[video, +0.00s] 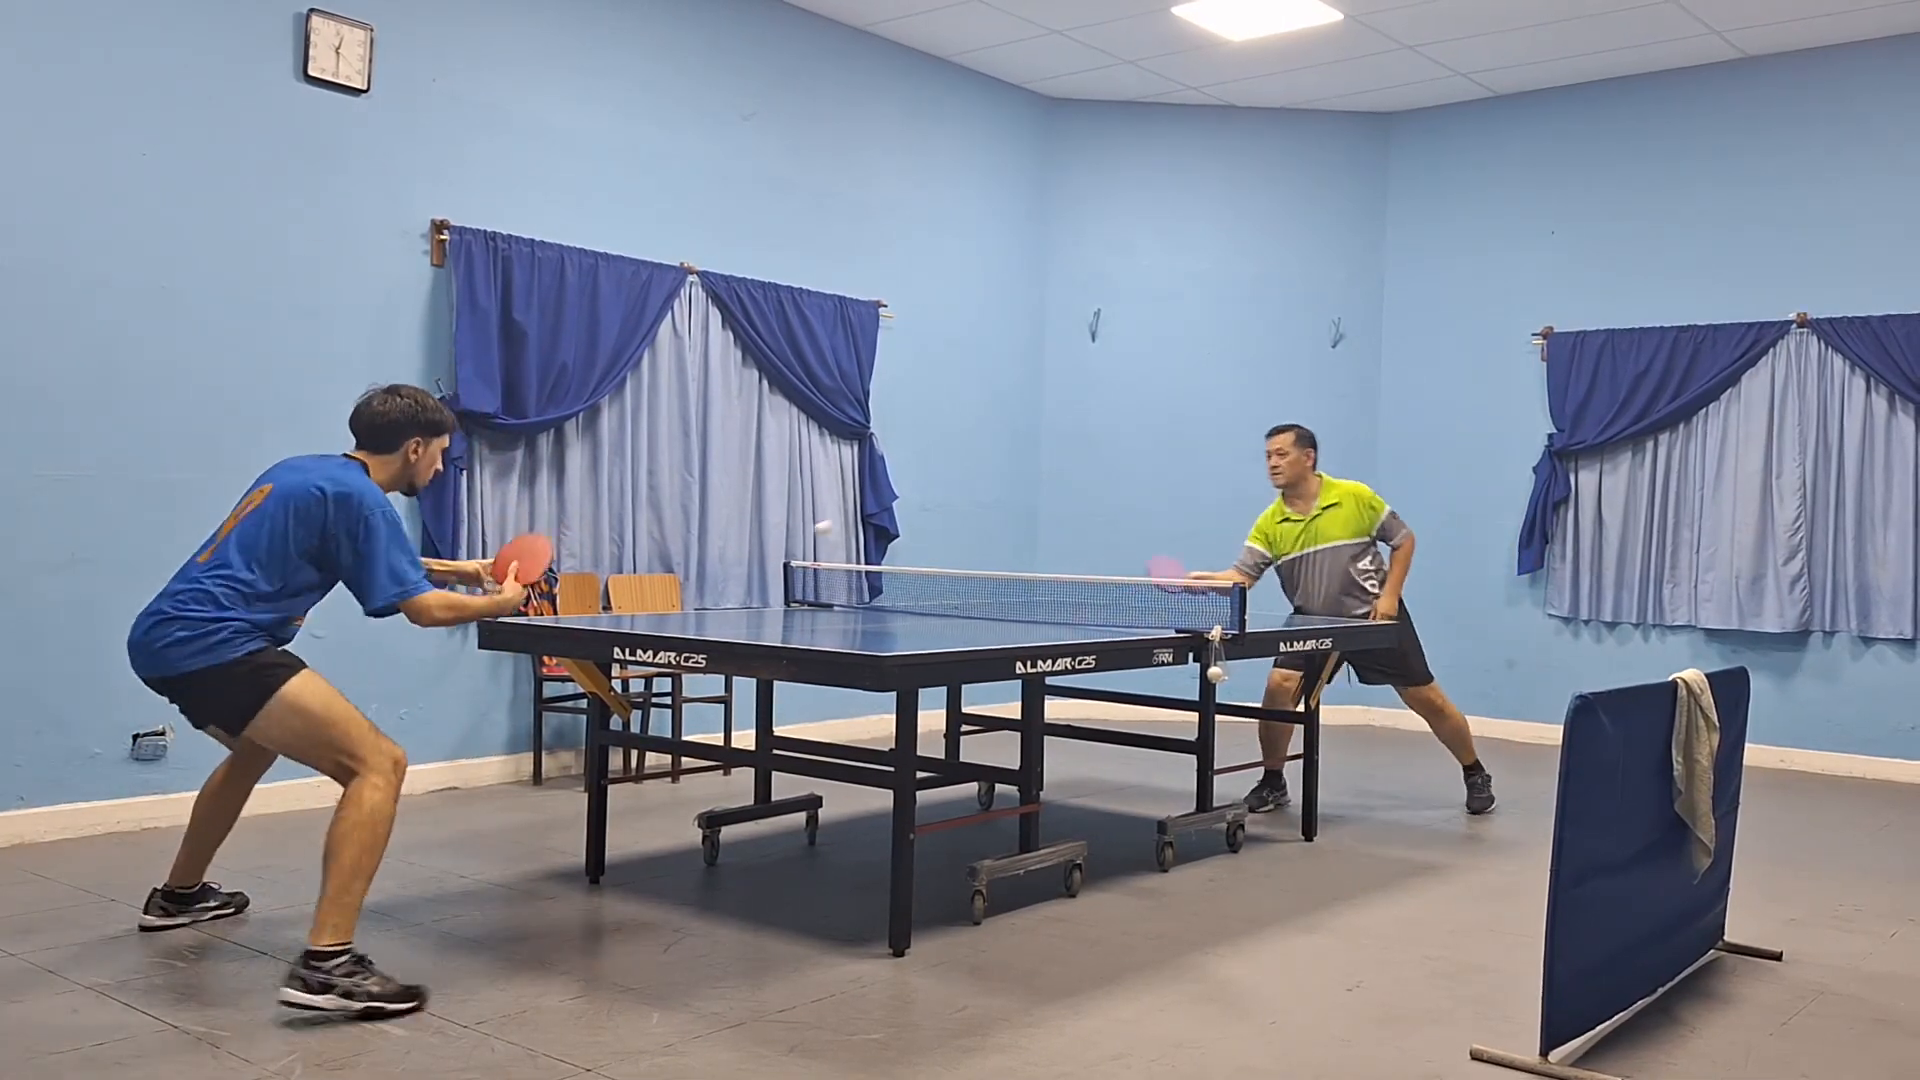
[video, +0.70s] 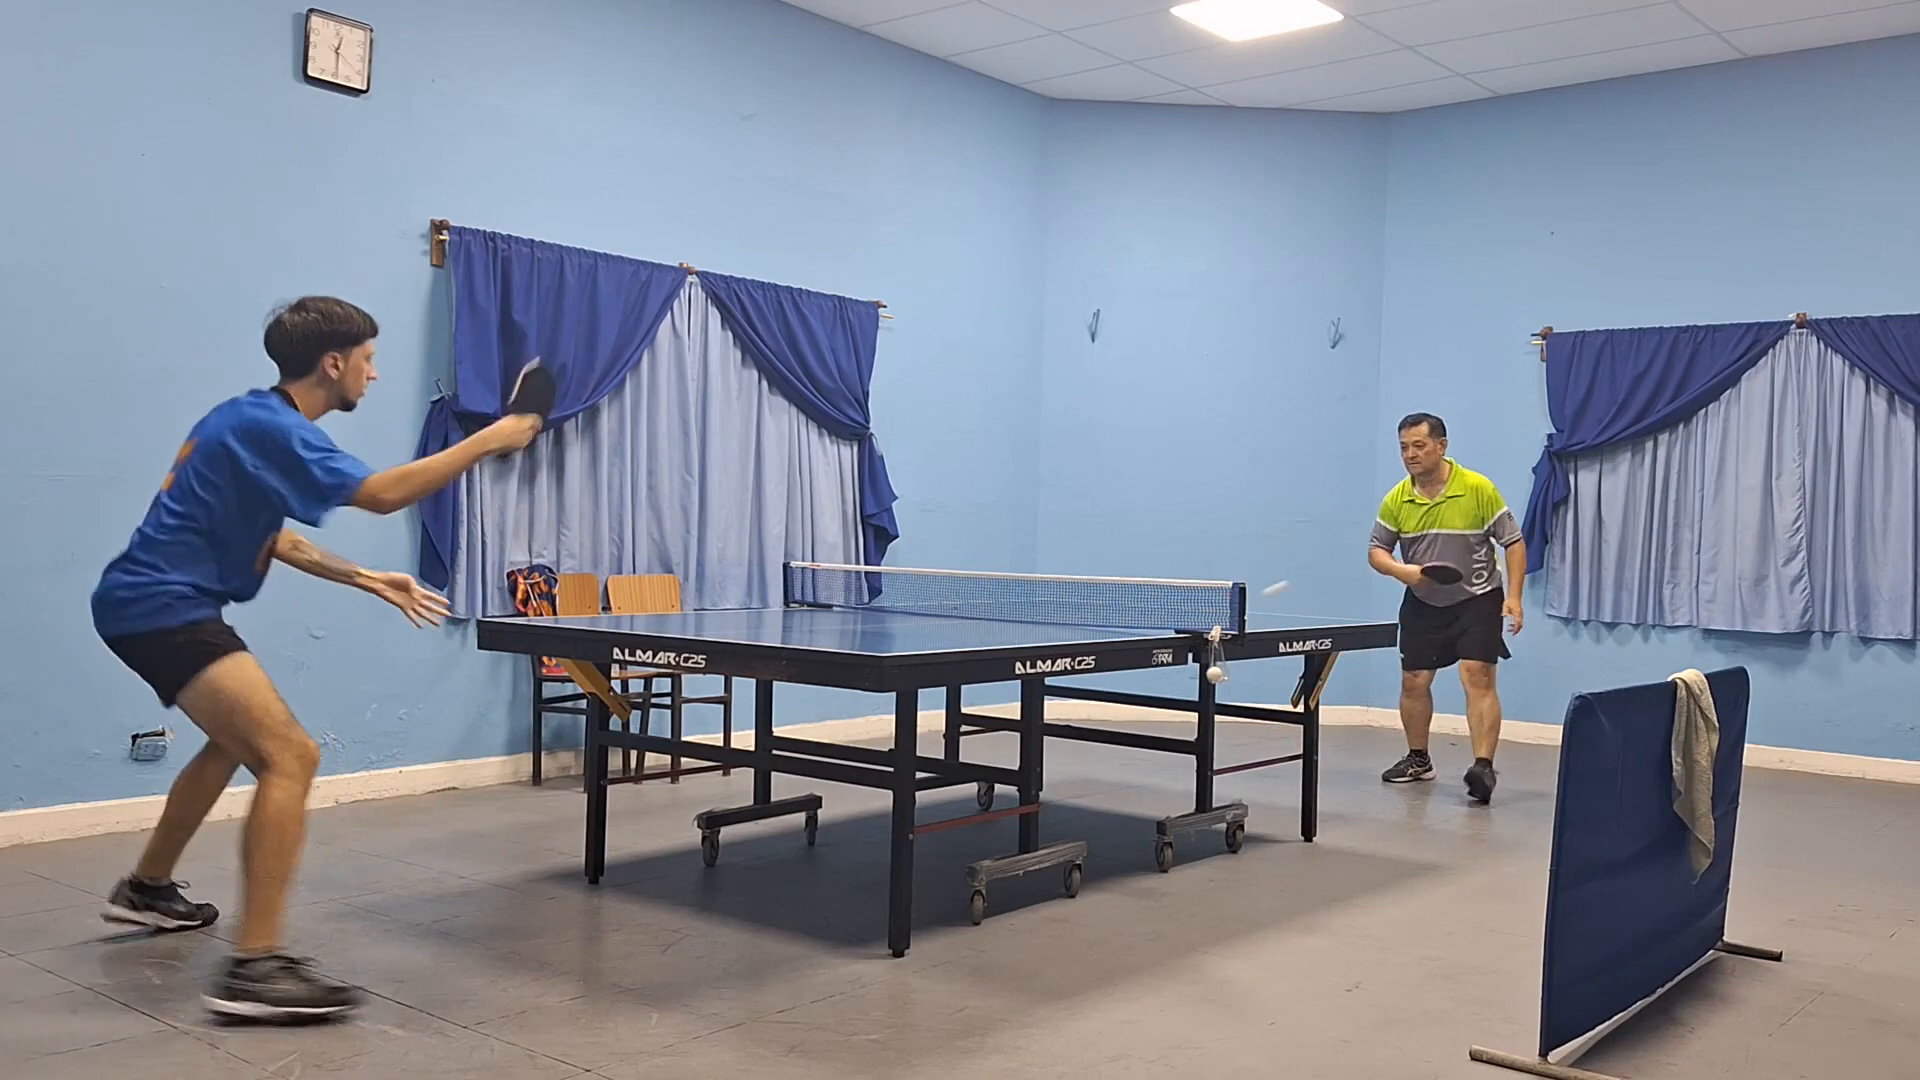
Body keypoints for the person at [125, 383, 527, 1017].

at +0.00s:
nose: (439, 469)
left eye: (443, 455)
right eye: (439, 454)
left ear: (377, 443)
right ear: (412, 449)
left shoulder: (307, 472)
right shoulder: (362, 502)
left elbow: (375, 557)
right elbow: (424, 608)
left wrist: (465, 570)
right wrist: (502, 601)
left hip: (161, 638)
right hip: (211, 642)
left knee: (258, 746)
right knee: (380, 764)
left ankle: (178, 894)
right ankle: (327, 960)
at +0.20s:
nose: (428, 482)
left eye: (433, 468)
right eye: (430, 467)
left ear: (355, 446)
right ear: (404, 455)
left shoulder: (278, 464)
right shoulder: (371, 502)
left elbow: (337, 537)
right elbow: (476, 595)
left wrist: (433, 549)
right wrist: (470, 634)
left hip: (164, 659)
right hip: (237, 667)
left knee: (237, 760)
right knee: (406, 798)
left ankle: (177, 892)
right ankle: (302, 980)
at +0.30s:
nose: (412, 465)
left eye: (415, 453)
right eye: (414, 452)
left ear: (339, 436)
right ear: (392, 445)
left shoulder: (258, 461)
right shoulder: (372, 501)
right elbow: (505, 545)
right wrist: (471, 591)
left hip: (168, 677)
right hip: (244, 691)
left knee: (259, 754)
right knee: (422, 808)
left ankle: (170, 897)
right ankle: (303, 980)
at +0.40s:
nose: (396, 446)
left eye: (397, 433)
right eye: (396, 433)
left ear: (318, 432)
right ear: (373, 438)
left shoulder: (237, 469)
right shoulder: (354, 514)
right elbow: (491, 539)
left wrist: (408, 551)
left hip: (165, 690)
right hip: (233, 701)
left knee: (272, 764)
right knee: (417, 807)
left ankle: (161, 907)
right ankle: (302, 981)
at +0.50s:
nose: (386, 436)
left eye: (385, 423)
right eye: (382, 424)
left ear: (311, 427)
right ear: (353, 430)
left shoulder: (235, 472)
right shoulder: (332, 504)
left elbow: (307, 570)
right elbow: (481, 510)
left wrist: (413, 598)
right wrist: (569, 443)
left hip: (153, 679)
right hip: (218, 686)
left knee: (256, 759)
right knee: (403, 801)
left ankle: (158, 906)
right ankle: (301, 982)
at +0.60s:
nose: (380, 404)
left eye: (380, 391)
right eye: (375, 392)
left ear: (311, 398)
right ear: (339, 398)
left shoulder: (239, 449)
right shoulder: (298, 466)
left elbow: (296, 560)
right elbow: (437, 495)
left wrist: (401, 597)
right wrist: (527, 421)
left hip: (144, 644)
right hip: (195, 649)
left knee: (247, 752)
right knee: (353, 780)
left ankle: (158, 906)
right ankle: (298, 979)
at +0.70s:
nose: (373, 372)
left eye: (372, 358)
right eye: (367, 358)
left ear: (308, 364)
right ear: (330, 363)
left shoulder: (241, 416)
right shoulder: (276, 428)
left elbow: (267, 535)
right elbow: (383, 495)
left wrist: (368, 577)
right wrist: (488, 440)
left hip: (142, 597)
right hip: (164, 603)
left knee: (236, 740)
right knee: (292, 755)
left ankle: (147, 886)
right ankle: (256, 962)